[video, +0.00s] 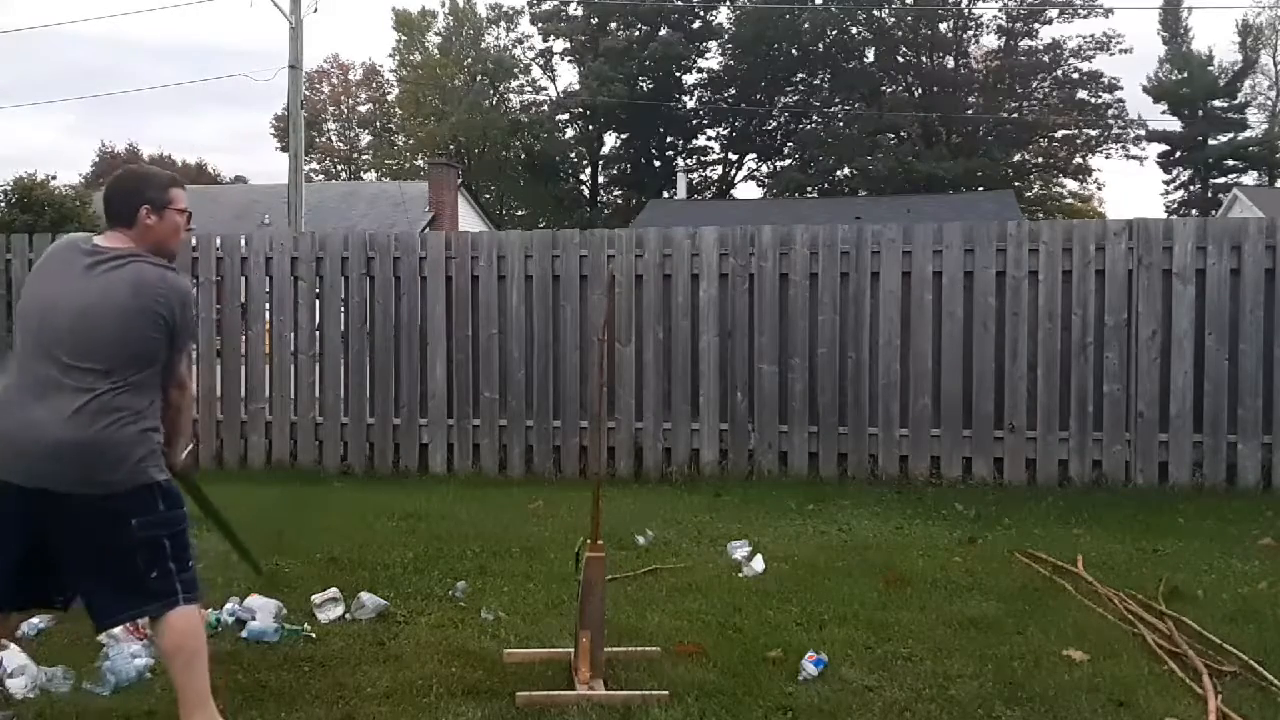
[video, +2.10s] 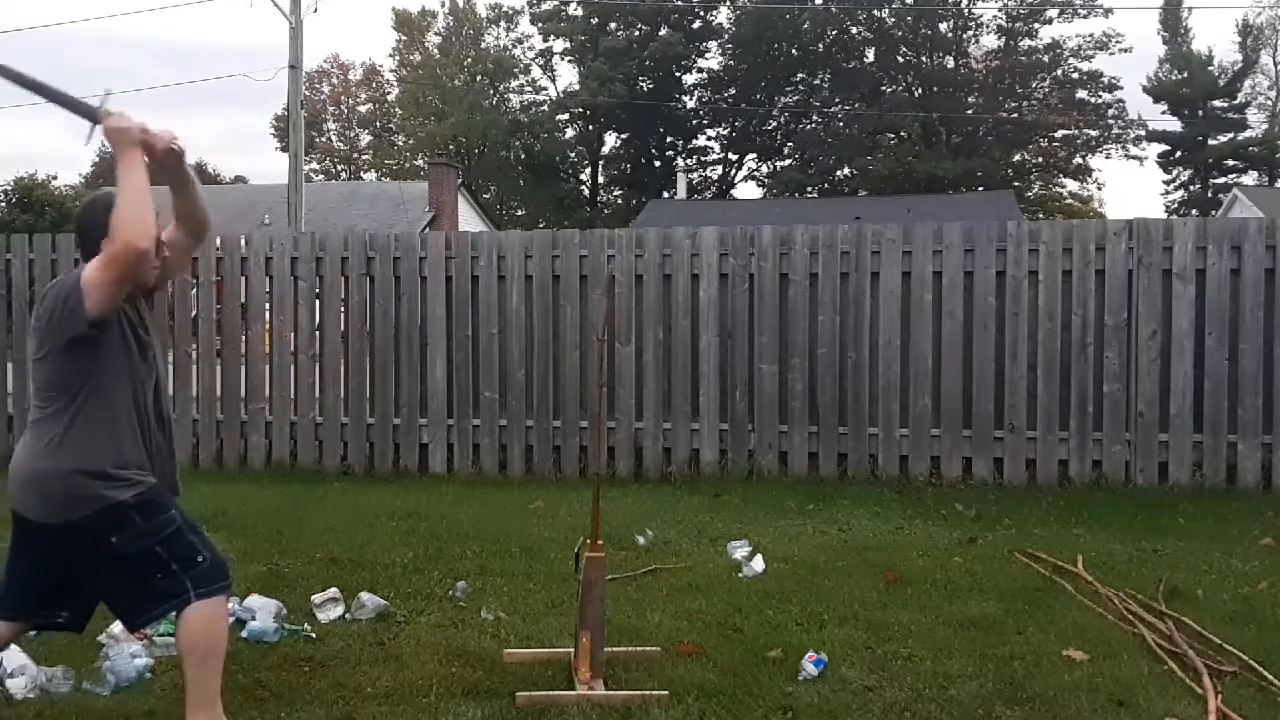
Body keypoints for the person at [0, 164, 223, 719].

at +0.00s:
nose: (188, 225)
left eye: (188, 214)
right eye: (181, 214)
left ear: (128, 218)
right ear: (146, 216)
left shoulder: (55, 254)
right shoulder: (172, 288)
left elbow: (38, 352)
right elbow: (178, 386)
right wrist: (173, 455)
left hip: (16, 455)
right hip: (114, 461)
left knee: (8, 598)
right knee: (174, 593)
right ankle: (200, 711)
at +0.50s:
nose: (155, 213)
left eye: (154, 202)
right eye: (147, 202)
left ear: (97, 209)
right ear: (109, 206)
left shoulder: (39, 268)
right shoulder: (121, 275)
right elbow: (182, 365)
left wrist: (195, 384)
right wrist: (248, 395)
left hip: (21, 464)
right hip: (111, 466)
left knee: (9, 596)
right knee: (170, 596)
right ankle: (201, 713)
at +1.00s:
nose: (161, 217)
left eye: (159, 205)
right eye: (152, 205)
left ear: (109, 212)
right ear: (113, 210)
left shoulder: (67, 271)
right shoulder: (109, 280)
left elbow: (182, 334)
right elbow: (188, 353)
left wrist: (257, 362)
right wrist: (284, 367)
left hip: (29, 466)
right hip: (104, 468)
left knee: (12, 594)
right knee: (176, 595)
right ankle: (201, 712)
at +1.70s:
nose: (182, 254)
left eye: (181, 243)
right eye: (172, 244)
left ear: (132, 251)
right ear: (134, 250)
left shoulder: (104, 294)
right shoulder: (120, 309)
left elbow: (218, 303)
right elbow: (218, 337)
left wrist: (290, 287)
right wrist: (288, 283)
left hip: (22, 488)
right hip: (95, 491)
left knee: (11, 605)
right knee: (205, 584)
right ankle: (205, 713)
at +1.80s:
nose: (176, 254)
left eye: (174, 243)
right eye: (166, 243)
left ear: (126, 250)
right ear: (128, 249)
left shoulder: (86, 294)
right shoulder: (110, 301)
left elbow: (201, 281)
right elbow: (213, 302)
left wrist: (267, 242)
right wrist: (258, 226)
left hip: (23, 485)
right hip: (96, 488)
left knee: (8, 609)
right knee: (204, 585)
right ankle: (205, 712)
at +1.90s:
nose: (171, 252)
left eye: (170, 240)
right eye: (160, 242)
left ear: (119, 247)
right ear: (121, 245)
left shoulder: (90, 295)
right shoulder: (94, 297)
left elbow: (198, 273)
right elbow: (188, 271)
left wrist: (235, 208)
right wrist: (210, 186)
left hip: (34, 487)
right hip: (99, 487)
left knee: (11, 611)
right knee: (204, 583)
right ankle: (205, 713)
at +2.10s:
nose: (159, 252)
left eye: (157, 242)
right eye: (148, 242)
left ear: (115, 245)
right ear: (113, 245)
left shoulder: (127, 299)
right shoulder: (68, 300)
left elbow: (192, 235)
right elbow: (132, 247)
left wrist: (177, 172)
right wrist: (129, 154)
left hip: (47, 485)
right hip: (93, 482)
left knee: (17, 613)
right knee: (204, 583)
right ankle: (205, 712)